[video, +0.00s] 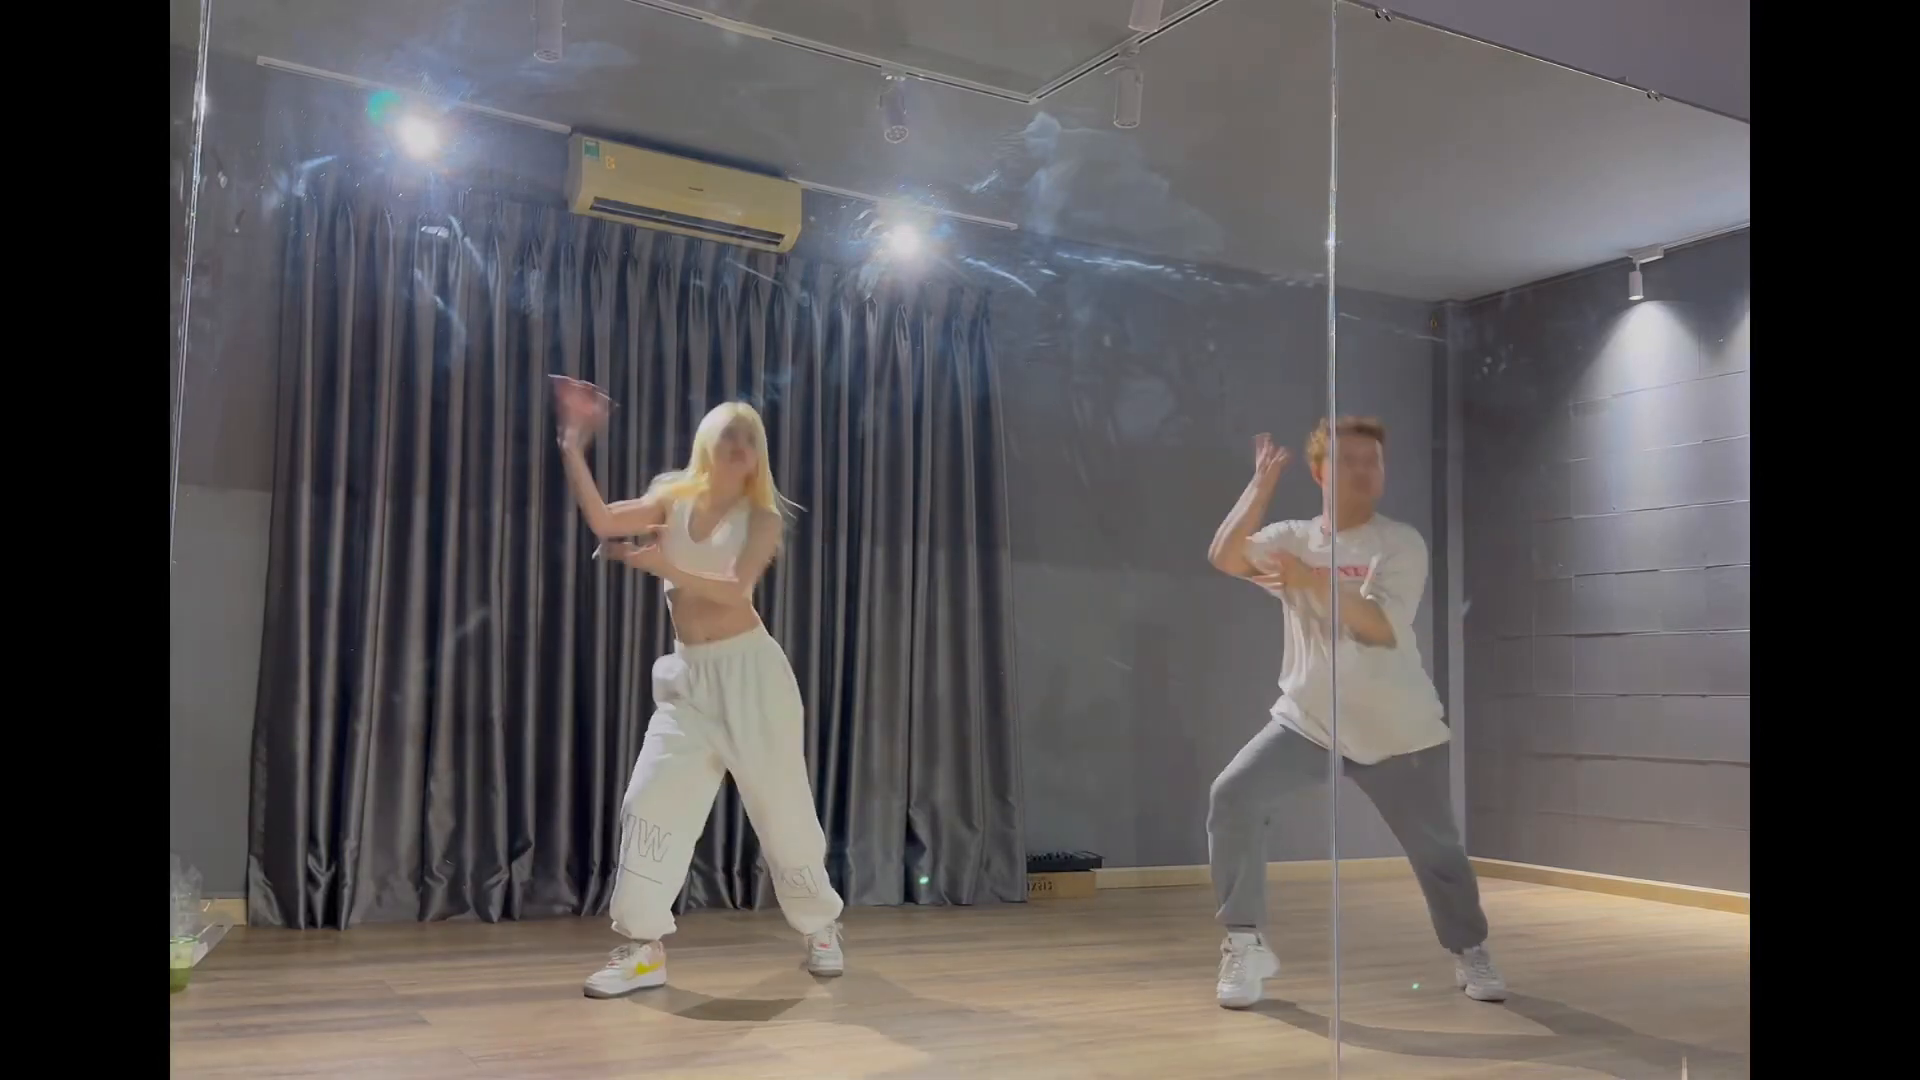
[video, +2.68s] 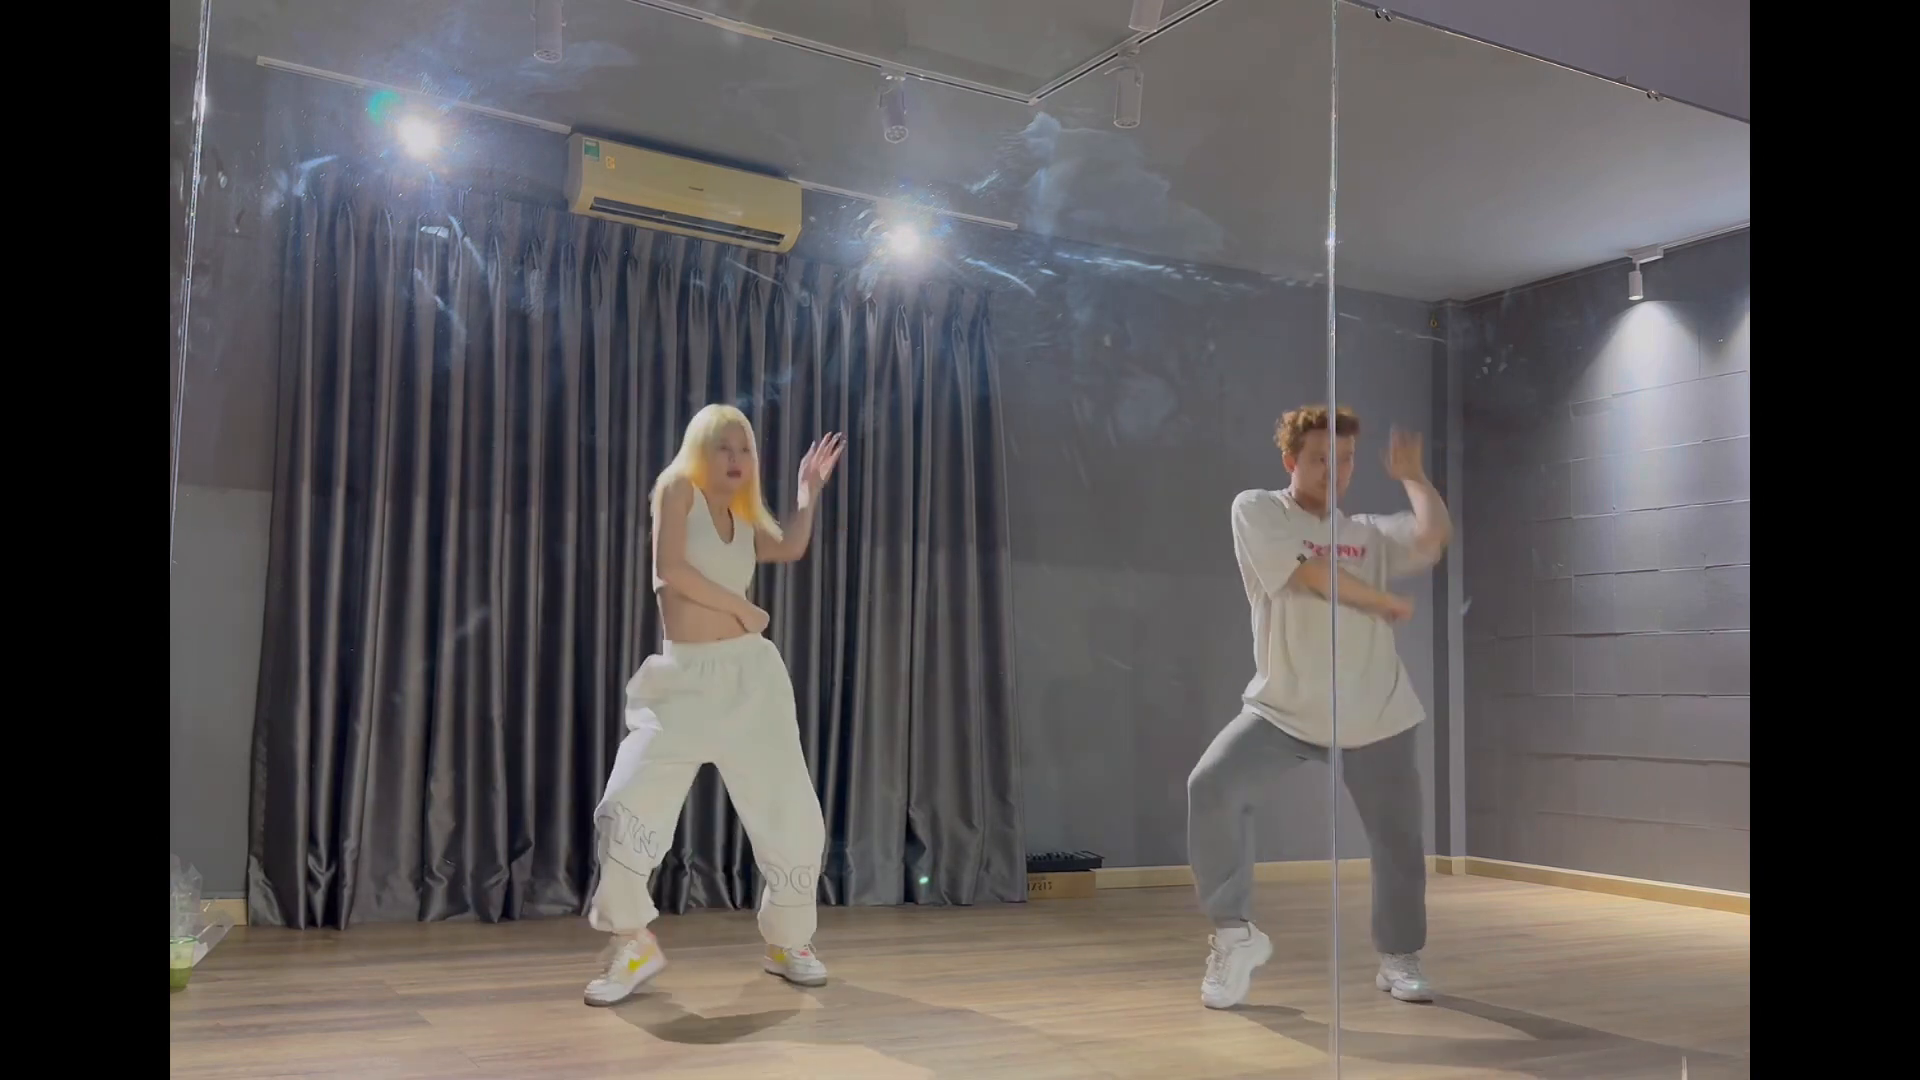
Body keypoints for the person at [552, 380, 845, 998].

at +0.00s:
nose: (742, 458)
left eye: (750, 448)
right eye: (731, 448)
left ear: (759, 456)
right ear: (706, 452)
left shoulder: (763, 518)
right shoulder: (673, 500)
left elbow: (738, 588)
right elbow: (603, 519)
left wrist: (663, 567)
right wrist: (572, 447)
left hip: (752, 673)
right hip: (688, 677)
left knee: (780, 808)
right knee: (647, 805)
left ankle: (821, 930)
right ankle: (645, 951)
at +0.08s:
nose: (734, 422)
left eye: (745, 418)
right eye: (723, 413)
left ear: (755, 440)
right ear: (698, 428)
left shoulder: (751, 500)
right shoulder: (668, 490)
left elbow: (695, 561)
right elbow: (586, 476)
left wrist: (612, 562)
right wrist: (525, 419)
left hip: (741, 662)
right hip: (672, 661)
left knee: (746, 815)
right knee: (649, 802)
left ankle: (805, 899)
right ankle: (647, 950)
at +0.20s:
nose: (726, 428)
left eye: (737, 422)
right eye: (715, 420)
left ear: (748, 441)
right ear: (690, 436)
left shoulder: (747, 498)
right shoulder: (668, 501)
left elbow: (706, 566)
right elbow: (594, 509)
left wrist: (622, 559)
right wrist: (548, 430)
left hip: (714, 668)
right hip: (649, 657)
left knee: (656, 801)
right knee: (629, 804)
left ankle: (744, 890)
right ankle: (643, 950)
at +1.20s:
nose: (697, 438)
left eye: (706, 427)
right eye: (685, 427)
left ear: (717, 429)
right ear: (659, 429)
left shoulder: (720, 470)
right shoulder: (635, 495)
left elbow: (719, 541)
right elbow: (626, 561)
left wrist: (678, 601)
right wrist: (571, 506)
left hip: (710, 650)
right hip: (641, 647)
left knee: (706, 805)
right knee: (625, 798)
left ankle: (719, 949)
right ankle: (642, 949)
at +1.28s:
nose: (701, 430)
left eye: (712, 421)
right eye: (689, 419)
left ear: (723, 428)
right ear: (664, 424)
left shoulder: (728, 464)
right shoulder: (639, 491)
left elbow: (779, 518)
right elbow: (649, 587)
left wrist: (734, 576)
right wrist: (609, 529)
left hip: (721, 655)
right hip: (649, 653)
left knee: (729, 804)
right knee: (626, 800)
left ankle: (766, 921)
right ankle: (639, 943)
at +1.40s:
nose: (720, 438)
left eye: (729, 432)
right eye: (707, 430)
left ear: (743, 452)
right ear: (682, 448)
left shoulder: (754, 517)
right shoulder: (655, 507)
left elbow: (807, 588)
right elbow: (641, 591)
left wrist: (787, 518)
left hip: (754, 689)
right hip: (676, 689)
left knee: (776, 822)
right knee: (590, 797)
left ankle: (792, 942)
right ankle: (635, 936)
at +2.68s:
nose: (739, 459)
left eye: (746, 449)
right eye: (727, 448)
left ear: (754, 459)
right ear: (701, 453)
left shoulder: (746, 515)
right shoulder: (678, 489)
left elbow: (790, 549)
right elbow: (672, 570)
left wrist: (808, 490)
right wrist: (742, 608)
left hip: (751, 680)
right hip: (680, 683)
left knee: (791, 814)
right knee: (622, 812)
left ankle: (789, 944)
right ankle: (635, 946)